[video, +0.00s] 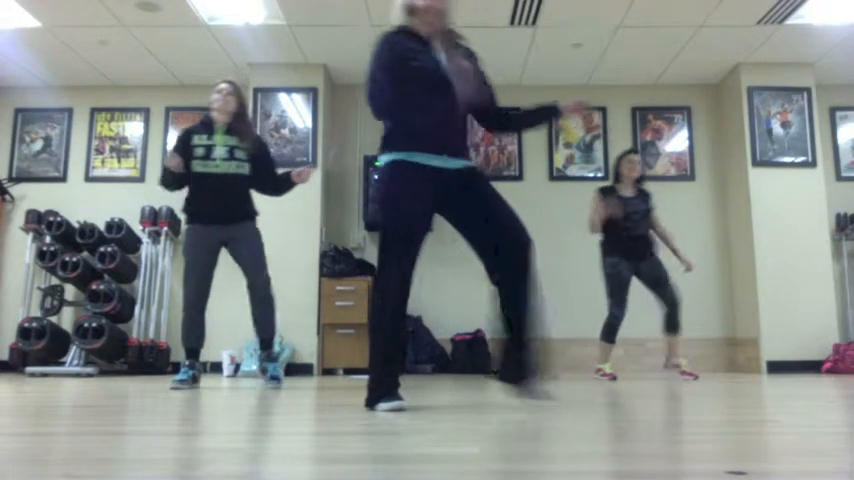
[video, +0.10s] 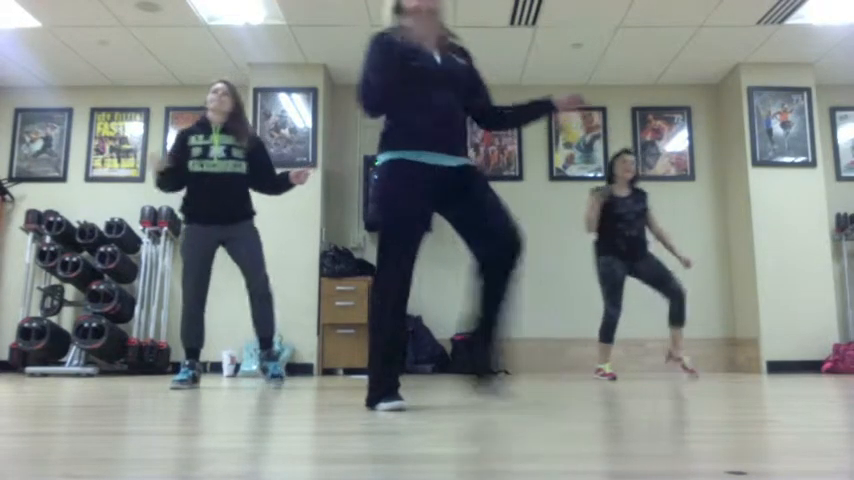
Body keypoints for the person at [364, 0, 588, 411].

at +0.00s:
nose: (431, 5)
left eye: (436, 1)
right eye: (423, 1)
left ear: (446, 7)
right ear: (410, 7)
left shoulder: (461, 54)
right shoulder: (395, 44)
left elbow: (493, 119)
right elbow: (382, 104)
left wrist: (557, 110)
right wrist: (444, 89)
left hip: (456, 174)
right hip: (406, 171)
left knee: (512, 247)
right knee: (393, 278)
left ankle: (517, 368)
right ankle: (383, 389)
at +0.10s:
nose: (425, 7)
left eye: (429, 3)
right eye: (417, 3)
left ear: (439, 9)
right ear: (403, 9)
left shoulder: (456, 56)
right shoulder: (387, 44)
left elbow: (489, 117)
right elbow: (372, 102)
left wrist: (551, 105)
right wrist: (408, 48)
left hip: (455, 173)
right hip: (404, 171)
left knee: (502, 246)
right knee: (393, 279)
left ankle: (480, 357)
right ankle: (383, 389)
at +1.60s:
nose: (455, 54)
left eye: (463, 50)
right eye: (450, 48)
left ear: (471, 61)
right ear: (438, 55)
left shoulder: (473, 114)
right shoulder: (418, 93)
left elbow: (491, 171)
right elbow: (375, 130)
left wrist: (538, 171)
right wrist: (366, 130)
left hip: (445, 209)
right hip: (405, 204)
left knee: (466, 288)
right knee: (387, 286)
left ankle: (483, 379)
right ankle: (369, 377)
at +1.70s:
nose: (439, 77)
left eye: (445, 71)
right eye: (433, 71)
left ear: (455, 74)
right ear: (423, 71)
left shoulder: (463, 114)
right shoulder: (403, 98)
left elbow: (488, 164)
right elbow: (367, 130)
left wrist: (524, 172)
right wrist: (343, 138)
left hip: (438, 211)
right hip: (395, 208)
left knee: (463, 291)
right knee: (381, 292)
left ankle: (482, 379)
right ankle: (368, 378)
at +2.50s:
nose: (431, 25)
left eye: (423, 22)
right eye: (426, 21)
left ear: (399, 32)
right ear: (424, 27)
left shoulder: (401, 64)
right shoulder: (425, 50)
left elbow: (389, 92)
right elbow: (457, 18)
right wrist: (457, 4)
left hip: (406, 167)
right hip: (427, 168)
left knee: (411, 257)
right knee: (429, 257)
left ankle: (403, 347)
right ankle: (419, 352)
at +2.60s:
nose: (436, 46)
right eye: (433, 41)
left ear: (400, 48)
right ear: (433, 45)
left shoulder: (397, 84)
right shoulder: (441, 72)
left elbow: (368, 105)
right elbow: (484, 33)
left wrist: (365, 73)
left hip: (398, 187)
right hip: (434, 186)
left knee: (406, 276)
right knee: (441, 274)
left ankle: (399, 366)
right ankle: (428, 364)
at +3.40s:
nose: (443, 46)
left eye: (450, 41)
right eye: (437, 42)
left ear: (462, 48)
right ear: (431, 51)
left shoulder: (478, 86)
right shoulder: (417, 87)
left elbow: (528, 84)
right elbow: (372, 74)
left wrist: (531, 32)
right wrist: (379, 26)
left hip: (464, 186)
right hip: (422, 187)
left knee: (467, 275)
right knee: (425, 278)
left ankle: (483, 363)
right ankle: (430, 368)